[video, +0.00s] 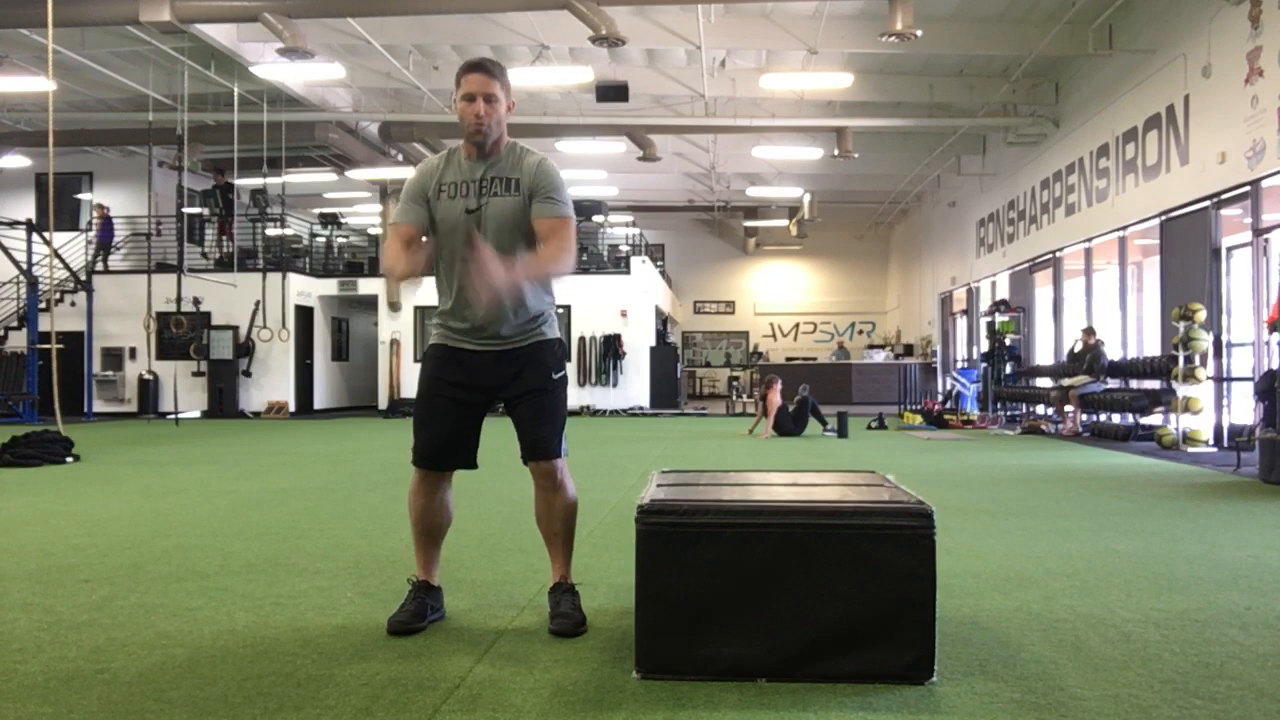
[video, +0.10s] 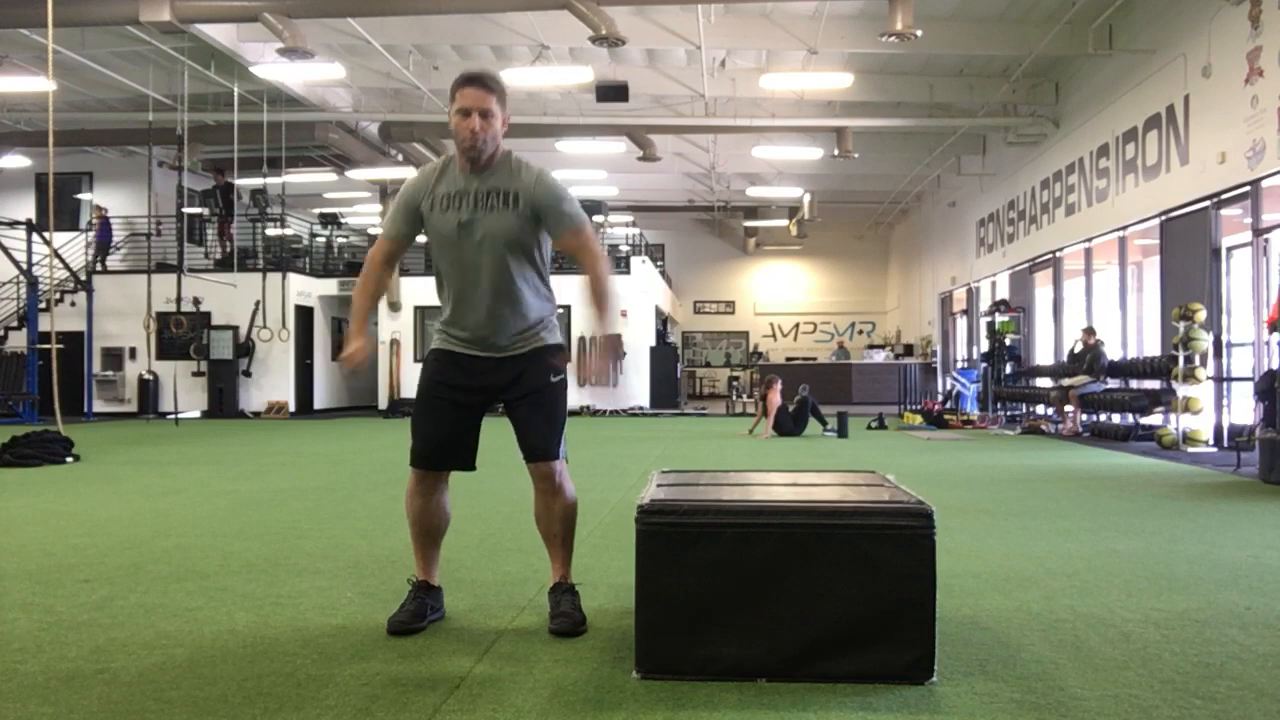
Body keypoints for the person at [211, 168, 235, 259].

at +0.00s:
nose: (215, 179)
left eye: (217, 177)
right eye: (214, 177)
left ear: (222, 176)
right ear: (215, 177)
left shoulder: (230, 186)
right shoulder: (214, 188)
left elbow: (237, 199)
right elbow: (213, 201)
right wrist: (213, 211)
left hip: (230, 213)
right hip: (221, 213)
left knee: (229, 233)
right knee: (219, 235)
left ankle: (236, 250)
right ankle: (221, 255)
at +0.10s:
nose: (215, 179)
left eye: (217, 177)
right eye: (214, 177)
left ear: (222, 176)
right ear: (215, 178)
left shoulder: (230, 186)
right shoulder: (215, 188)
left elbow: (239, 197)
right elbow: (212, 200)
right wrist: (213, 210)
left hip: (230, 212)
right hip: (221, 213)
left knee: (227, 232)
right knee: (220, 234)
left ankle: (233, 249)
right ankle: (223, 253)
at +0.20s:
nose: (217, 175)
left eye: (219, 172)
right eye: (216, 173)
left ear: (223, 173)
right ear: (215, 173)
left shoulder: (231, 182)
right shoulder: (214, 184)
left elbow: (240, 194)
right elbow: (210, 196)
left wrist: (236, 202)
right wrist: (213, 206)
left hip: (230, 208)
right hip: (220, 209)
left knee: (227, 228)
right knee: (220, 229)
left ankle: (229, 247)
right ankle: (223, 246)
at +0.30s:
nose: (217, 174)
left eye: (219, 171)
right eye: (216, 172)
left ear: (224, 172)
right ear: (216, 173)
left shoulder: (231, 181)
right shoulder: (214, 182)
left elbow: (240, 193)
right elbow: (208, 193)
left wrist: (237, 200)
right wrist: (212, 205)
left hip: (230, 207)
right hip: (220, 208)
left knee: (230, 227)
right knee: (220, 228)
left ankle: (230, 246)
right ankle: (223, 246)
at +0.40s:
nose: (218, 177)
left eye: (220, 174)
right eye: (217, 175)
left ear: (225, 175)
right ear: (216, 175)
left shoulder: (232, 184)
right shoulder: (215, 185)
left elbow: (241, 195)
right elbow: (210, 196)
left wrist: (236, 202)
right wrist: (214, 206)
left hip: (231, 210)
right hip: (221, 210)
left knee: (231, 232)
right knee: (220, 234)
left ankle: (232, 248)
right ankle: (224, 247)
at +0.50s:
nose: (216, 178)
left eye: (218, 176)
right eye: (216, 176)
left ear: (223, 176)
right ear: (215, 177)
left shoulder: (231, 186)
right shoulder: (215, 187)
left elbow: (240, 198)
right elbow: (212, 198)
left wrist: (233, 197)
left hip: (231, 212)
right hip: (221, 212)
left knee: (232, 232)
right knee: (219, 233)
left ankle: (234, 248)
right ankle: (222, 249)